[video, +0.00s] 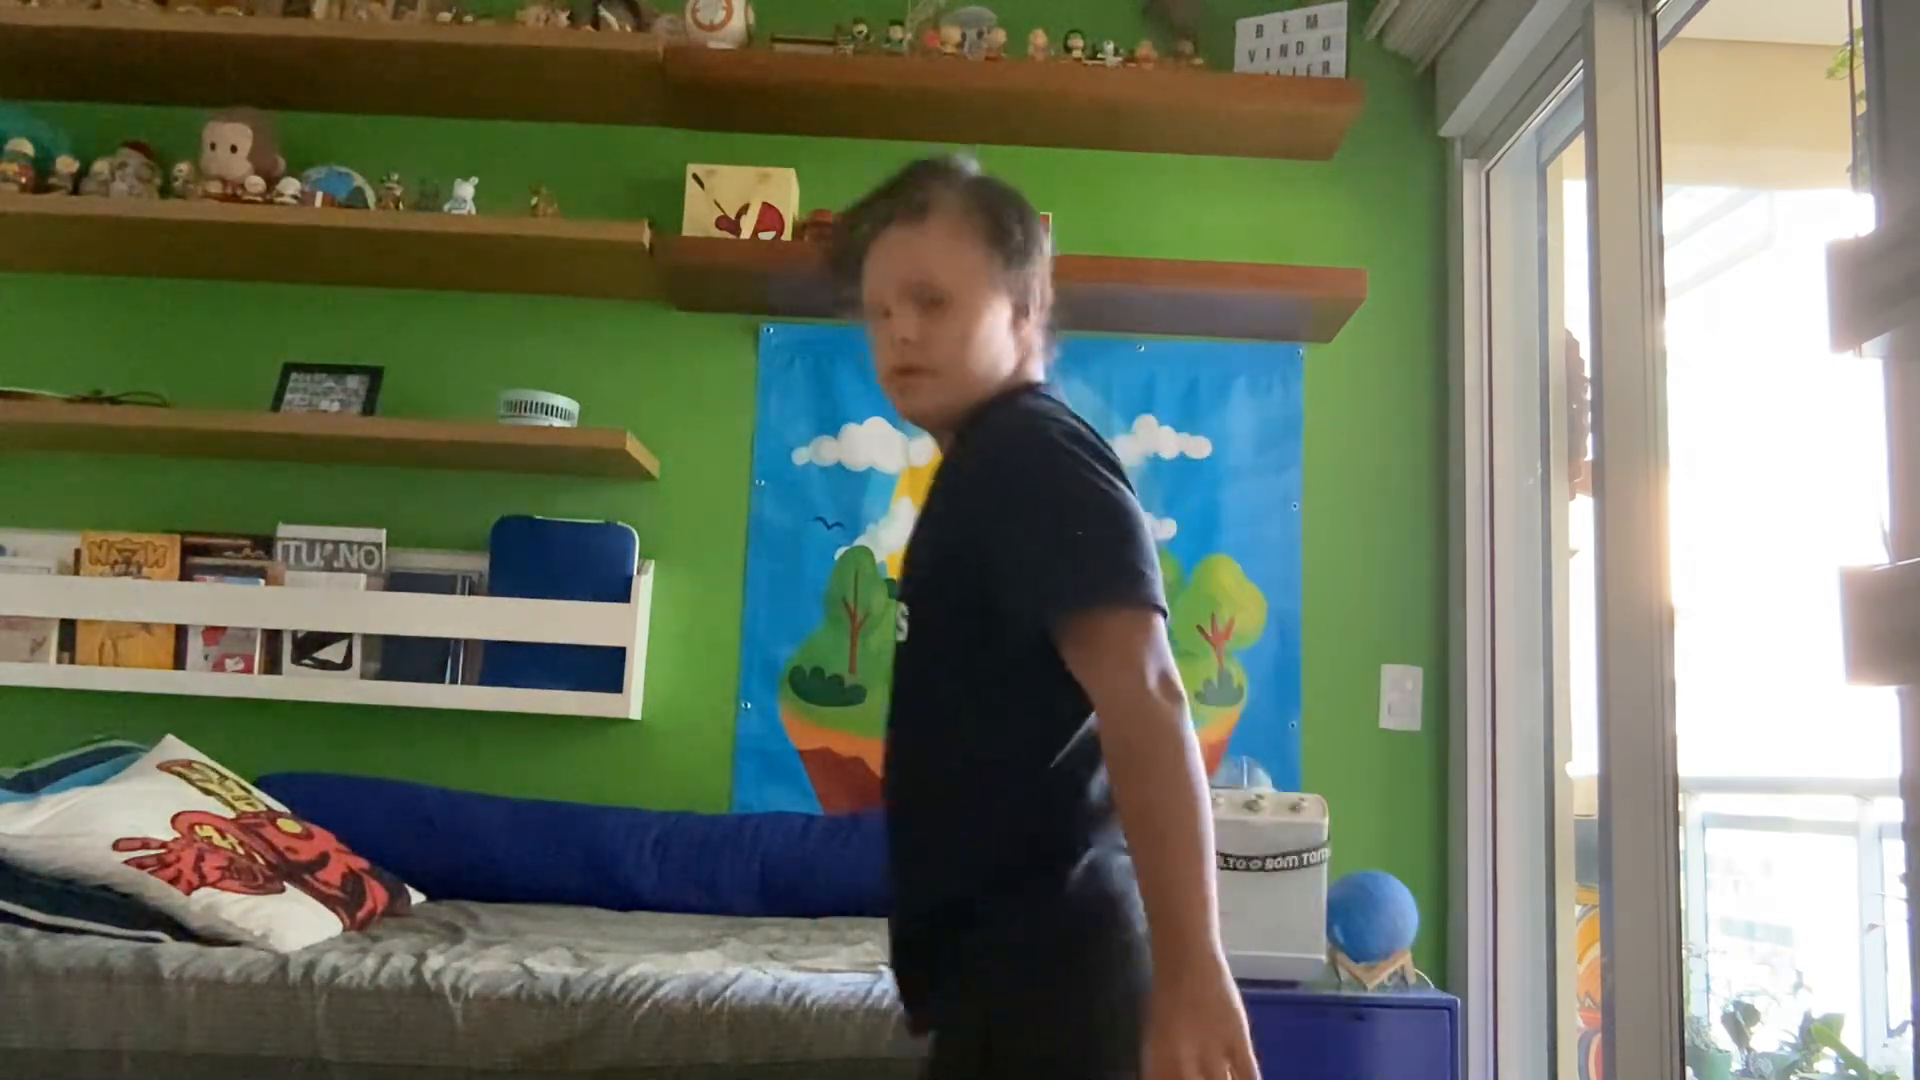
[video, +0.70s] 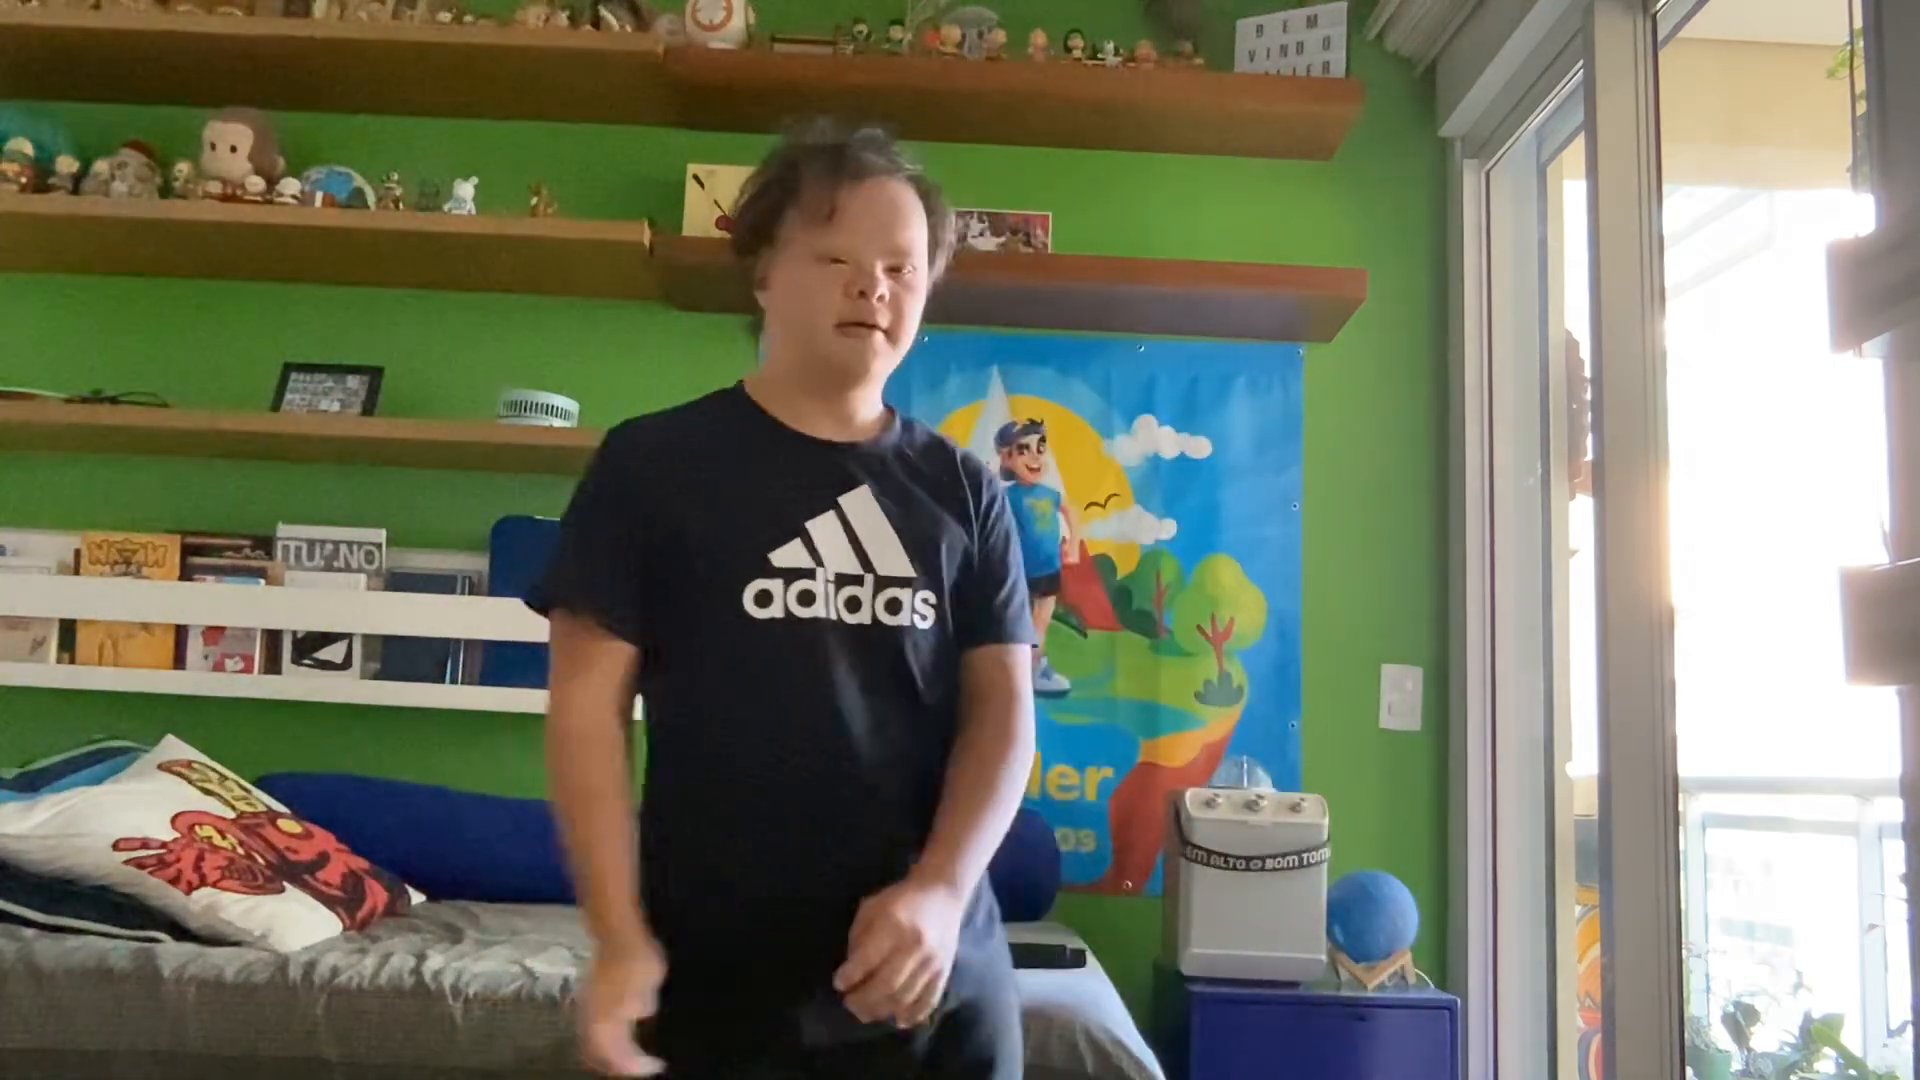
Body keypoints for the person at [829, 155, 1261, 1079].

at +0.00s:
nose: (897, 334)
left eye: (931, 301)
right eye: (879, 311)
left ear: (1028, 318)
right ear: (862, 327)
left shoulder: (1029, 448)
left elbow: (1147, 704)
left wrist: (1192, 969)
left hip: (1049, 968)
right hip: (998, 963)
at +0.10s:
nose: (882, 288)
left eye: (922, 258)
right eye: (857, 265)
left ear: (1012, 276)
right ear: (830, 287)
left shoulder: (1031, 447)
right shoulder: (902, 465)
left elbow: (1136, 714)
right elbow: (920, 725)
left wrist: (1163, 986)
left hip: (1007, 977)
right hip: (901, 966)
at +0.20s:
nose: (881, 276)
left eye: (922, 246)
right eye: (851, 252)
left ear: (995, 270)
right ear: (818, 278)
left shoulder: (1041, 465)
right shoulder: (838, 480)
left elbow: (1120, 739)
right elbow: (828, 704)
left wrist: (1137, 1003)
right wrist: (743, 832)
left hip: (996, 989)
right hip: (844, 976)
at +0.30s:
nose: (879, 266)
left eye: (918, 238)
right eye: (847, 241)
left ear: (982, 261)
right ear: (806, 266)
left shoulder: (1039, 461)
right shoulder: (778, 469)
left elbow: (1097, 745)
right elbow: (716, 661)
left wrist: (1099, 1011)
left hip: (984, 972)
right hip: (806, 964)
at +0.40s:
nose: (875, 260)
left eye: (908, 235)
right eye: (839, 238)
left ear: (964, 266)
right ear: (790, 271)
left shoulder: (1023, 472)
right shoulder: (721, 468)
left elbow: (1071, 740)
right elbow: (607, 670)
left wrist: (1047, 995)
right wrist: (470, 822)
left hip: (967, 968)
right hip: (770, 958)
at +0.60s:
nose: (876, 280)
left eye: (905, 255)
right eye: (838, 251)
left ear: (936, 283)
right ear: (771, 267)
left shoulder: (977, 487)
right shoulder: (654, 463)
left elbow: (1011, 721)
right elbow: (561, 683)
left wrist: (971, 919)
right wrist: (494, 901)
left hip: (945, 974)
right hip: (740, 967)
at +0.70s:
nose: (871, 288)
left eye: (897, 265)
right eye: (833, 259)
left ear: (925, 293)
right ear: (763, 273)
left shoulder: (965, 492)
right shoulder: (648, 466)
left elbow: (1000, 710)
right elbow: (583, 703)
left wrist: (941, 890)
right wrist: (618, 931)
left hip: (932, 978)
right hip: (719, 973)